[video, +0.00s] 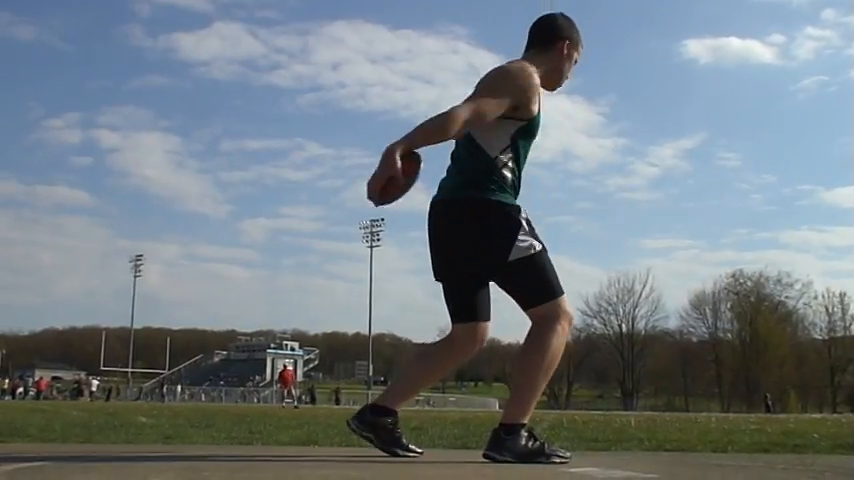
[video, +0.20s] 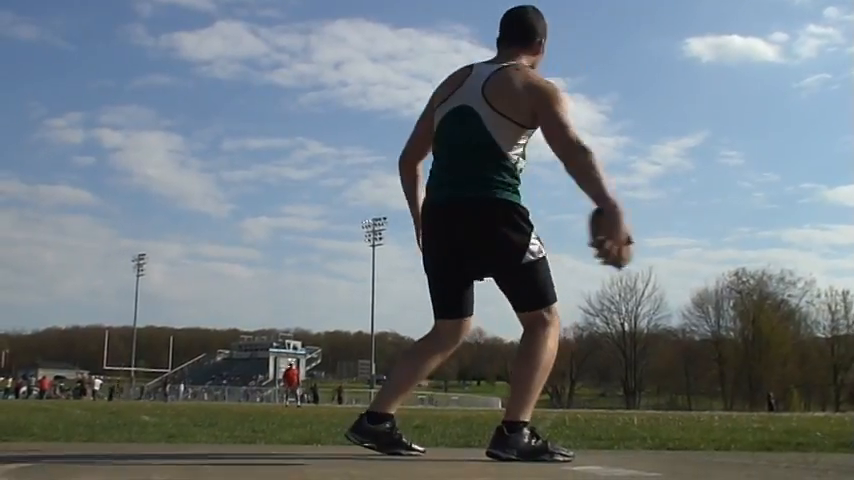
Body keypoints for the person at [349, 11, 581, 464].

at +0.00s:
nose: (573, 72)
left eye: (577, 63)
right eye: (576, 60)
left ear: (537, 44)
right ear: (563, 49)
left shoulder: (504, 80)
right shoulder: (524, 78)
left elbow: (456, 129)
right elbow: (464, 115)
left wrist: (397, 161)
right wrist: (401, 146)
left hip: (449, 215)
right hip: (490, 212)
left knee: (469, 333)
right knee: (555, 317)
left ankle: (380, 413)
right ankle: (512, 434)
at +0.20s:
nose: (542, 55)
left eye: (539, 49)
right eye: (544, 49)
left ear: (498, 41)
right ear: (538, 47)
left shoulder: (455, 81)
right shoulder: (538, 87)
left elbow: (410, 158)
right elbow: (569, 146)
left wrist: (420, 217)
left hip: (439, 217)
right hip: (496, 214)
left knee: (450, 328)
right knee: (543, 323)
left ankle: (377, 417)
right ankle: (514, 431)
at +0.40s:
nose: (518, 12)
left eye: (513, 9)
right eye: (519, 8)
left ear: (471, 5)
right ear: (514, 9)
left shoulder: (428, 48)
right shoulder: (530, 54)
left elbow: (405, 119)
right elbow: (558, 114)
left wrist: (446, 110)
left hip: (437, 190)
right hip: (498, 186)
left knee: (423, 304)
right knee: (526, 308)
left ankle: (384, 414)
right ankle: (520, 422)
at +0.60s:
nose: (506, 10)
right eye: (507, 6)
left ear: (458, 5)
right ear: (502, 7)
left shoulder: (424, 42)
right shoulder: (514, 48)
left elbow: (406, 100)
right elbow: (484, 67)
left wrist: (411, 39)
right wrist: (432, 27)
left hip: (441, 182)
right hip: (502, 180)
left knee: (420, 301)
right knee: (523, 302)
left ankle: (391, 417)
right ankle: (527, 417)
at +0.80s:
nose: (501, 14)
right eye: (503, 10)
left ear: (454, 8)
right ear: (498, 10)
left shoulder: (419, 47)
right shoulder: (512, 55)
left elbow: (397, 106)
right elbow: (463, 56)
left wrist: (400, 45)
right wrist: (413, 22)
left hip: (434, 188)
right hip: (496, 186)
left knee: (415, 305)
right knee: (519, 308)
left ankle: (391, 422)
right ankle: (525, 423)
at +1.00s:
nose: (517, 14)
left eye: (515, 10)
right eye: (518, 9)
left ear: (468, 4)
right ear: (509, 8)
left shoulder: (418, 49)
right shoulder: (520, 51)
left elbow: (429, 103)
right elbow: (503, 91)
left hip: (430, 193)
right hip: (491, 189)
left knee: (416, 308)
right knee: (522, 310)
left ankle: (391, 426)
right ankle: (524, 429)